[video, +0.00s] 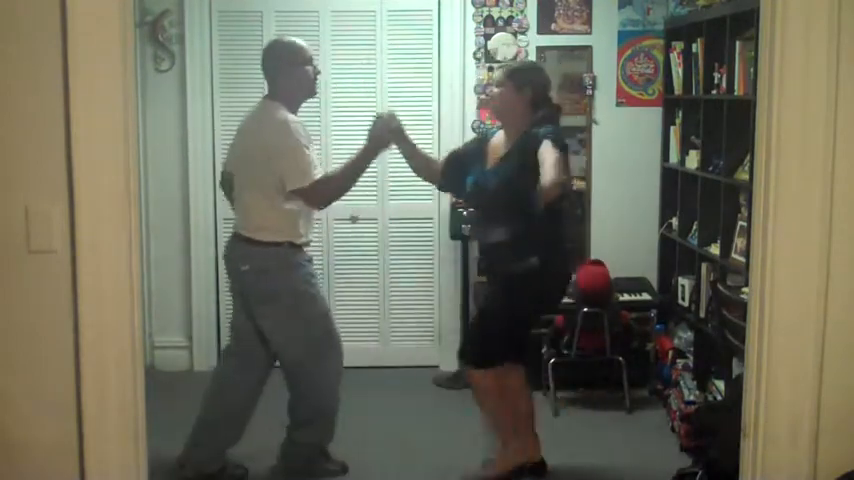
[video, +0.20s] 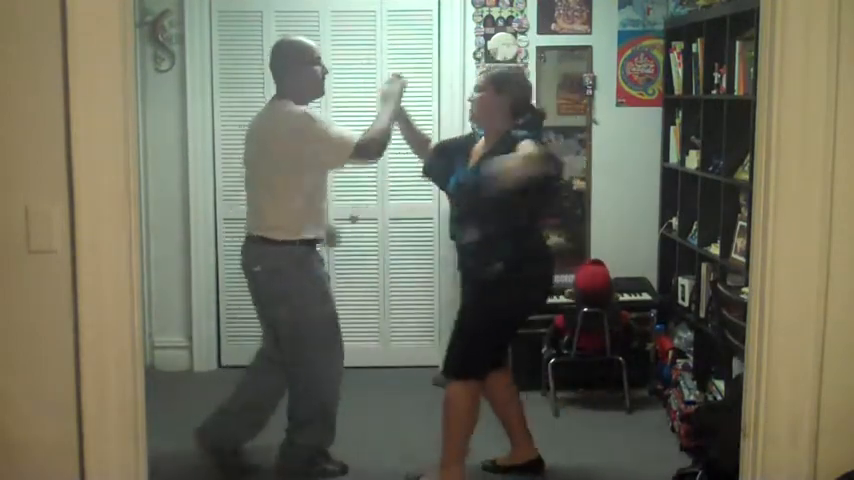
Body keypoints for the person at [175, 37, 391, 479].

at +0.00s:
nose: (317, 72)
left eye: (314, 64)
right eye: (308, 65)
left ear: (278, 75)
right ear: (283, 73)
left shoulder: (256, 119)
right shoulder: (283, 126)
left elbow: (228, 182)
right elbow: (318, 196)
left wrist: (262, 225)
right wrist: (373, 149)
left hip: (248, 254)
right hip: (276, 260)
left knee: (249, 356)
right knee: (319, 355)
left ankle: (202, 457)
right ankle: (305, 455)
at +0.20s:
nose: (324, 70)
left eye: (322, 63)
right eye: (316, 64)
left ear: (284, 74)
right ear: (295, 72)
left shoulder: (267, 120)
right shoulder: (296, 123)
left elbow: (274, 188)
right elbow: (370, 149)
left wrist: (318, 225)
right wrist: (390, 105)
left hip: (266, 254)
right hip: (288, 258)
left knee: (283, 352)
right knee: (320, 354)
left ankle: (221, 436)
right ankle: (304, 456)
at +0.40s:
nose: (335, 65)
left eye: (332, 58)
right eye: (326, 59)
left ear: (295, 71)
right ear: (304, 67)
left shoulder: (277, 114)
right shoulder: (316, 103)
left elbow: (297, 178)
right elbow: (384, 88)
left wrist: (353, 209)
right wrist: (439, 53)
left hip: (277, 242)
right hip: (283, 247)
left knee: (334, 321)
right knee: (312, 337)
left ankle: (282, 410)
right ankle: (309, 451)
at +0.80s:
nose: (346, 75)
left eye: (344, 67)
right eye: (338, 68)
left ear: (310, 77)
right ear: (314, 74)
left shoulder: (295, 117)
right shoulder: (315, 112)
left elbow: (277, 180)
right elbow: (367, 108)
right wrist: (402, 49)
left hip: (292, 250)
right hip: (302, 254)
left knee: (313, 342)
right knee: (336, 339)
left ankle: (313, 434)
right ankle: (261, 403)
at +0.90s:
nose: (343, 73)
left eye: (340, 65)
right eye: (334, 66)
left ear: (312, 75)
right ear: (309, 74)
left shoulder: (294, 120)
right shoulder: (314, 112)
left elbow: (276, 184)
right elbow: (378, 95)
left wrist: (325, 214)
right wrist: (412, 51)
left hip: (319, 253)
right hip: (297, 257)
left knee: (333, 342)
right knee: (318, 345)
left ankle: (314, 435)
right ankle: (248, 397)